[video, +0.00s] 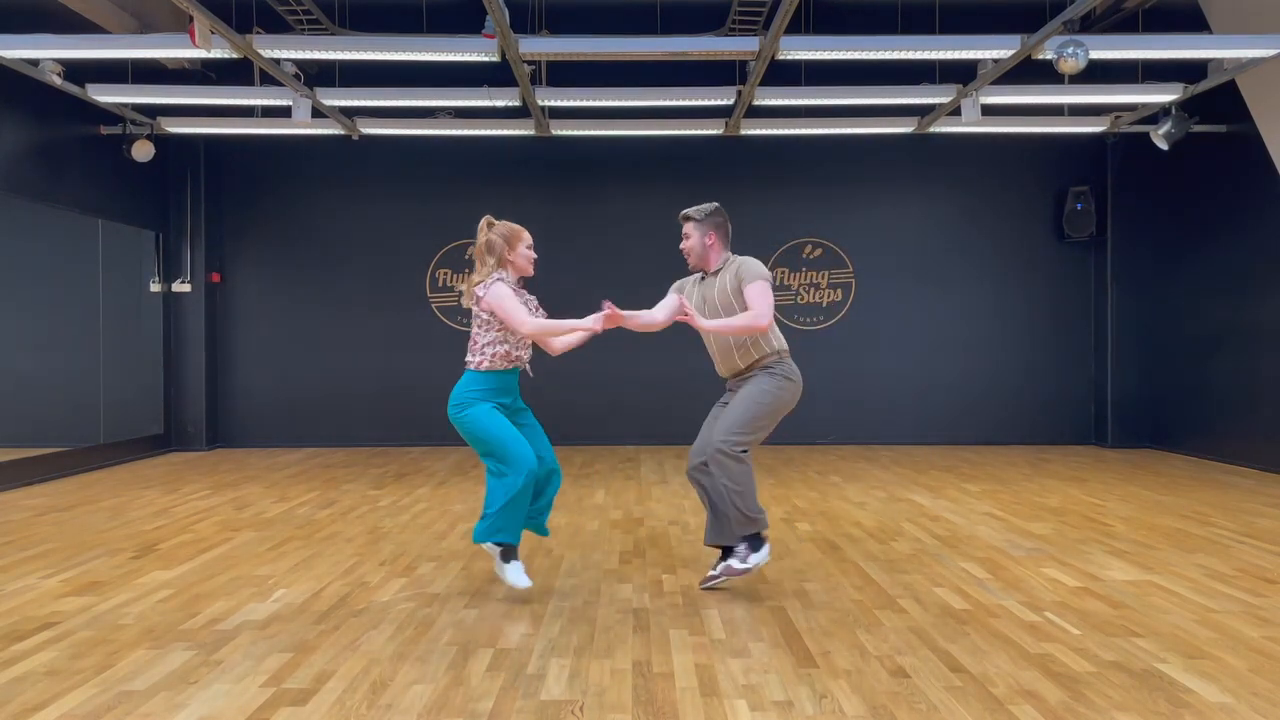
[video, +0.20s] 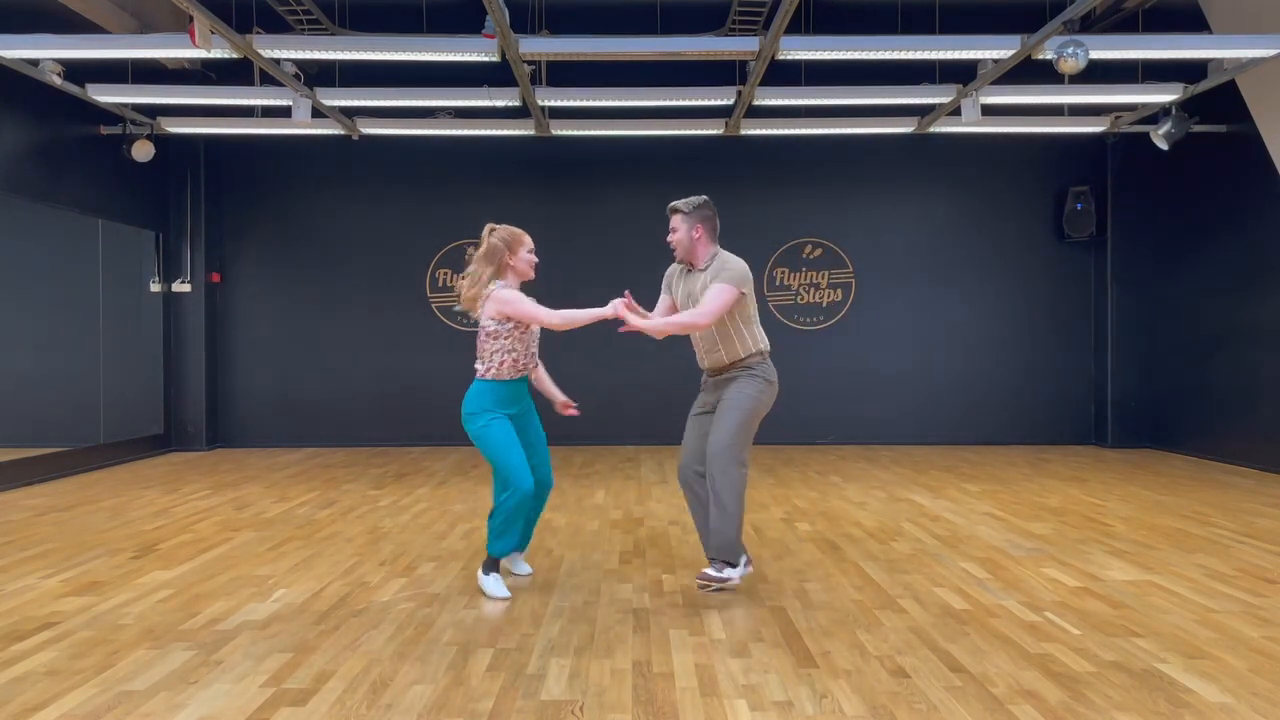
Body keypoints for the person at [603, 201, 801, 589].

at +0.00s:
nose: (681, 245)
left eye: (687, 237)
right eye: (681, 237)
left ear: (711, 238)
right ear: (705, 240)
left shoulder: (747, 268)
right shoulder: (685, 287)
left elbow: (761, 319)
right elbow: (656, 318)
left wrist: (706, 325)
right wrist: (621, 317)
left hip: (773, 374)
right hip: (736, 384)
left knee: (723, 445)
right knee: (699, 464)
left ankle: (752, 540)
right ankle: (733, 549)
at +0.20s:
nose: (669, 238)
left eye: (675, 231)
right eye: (669, 231)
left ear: (700, 231)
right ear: (694, 233)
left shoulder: (732, 269)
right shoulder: (675, 274)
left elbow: (703, 318)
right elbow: (658, 325)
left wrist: (651, 325)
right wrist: (633, 312)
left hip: (750, 375)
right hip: (713, 381)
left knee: (723, 454)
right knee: (691, 467)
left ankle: (727, 562)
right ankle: (731, 556)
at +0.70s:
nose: (634, 219)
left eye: (644, 214)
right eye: (630, 211)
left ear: (660, 224)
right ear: (622, 214)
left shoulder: (651, 252)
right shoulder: (627, 256)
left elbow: (582, 238)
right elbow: (642, 295)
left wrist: (528, 203)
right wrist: (612, 295)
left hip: (681, 367)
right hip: (639, 377)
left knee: (727, 445)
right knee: (636, 465)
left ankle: (785, 519)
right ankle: (660, 545)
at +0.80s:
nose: (622, 213)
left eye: (631, 208)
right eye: (617, 207)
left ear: (649, 215)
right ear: (612, 210)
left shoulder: (643, 245)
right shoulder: (617, 250)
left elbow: (577, 231)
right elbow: (627, 292)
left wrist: (531, 201)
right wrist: (593, 293)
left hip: (663, 364)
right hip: (623, 371)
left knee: (692, 445)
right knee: (620, 457)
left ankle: (730, 520)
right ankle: (653, 538)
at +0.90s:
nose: (604, 223)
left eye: (613, 216)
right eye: (599, 217)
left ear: (632, 218)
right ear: (596, 216)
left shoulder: (636, 246)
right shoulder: (608, 255)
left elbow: (590, 242)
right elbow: (619, 314)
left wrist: (561, 204)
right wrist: (580, 323)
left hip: (649, 367)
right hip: (608, 367)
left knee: (649, 456)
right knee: (585, 448)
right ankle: (619, 525)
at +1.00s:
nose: (590, 246)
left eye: (596, 239)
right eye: (584, 241)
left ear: (615, 238)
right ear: (581, 248)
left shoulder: (630, 274)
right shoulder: (602, 283)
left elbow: (620, 265)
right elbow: (610, 344)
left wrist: (601, 211)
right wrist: (576, 353)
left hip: (630, 390)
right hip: (590, 384)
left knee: (620, 471)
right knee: (560, 459)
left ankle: (619, 535)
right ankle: (573, 535)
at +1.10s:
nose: (583, 247)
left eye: (589, 239)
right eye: (579, 241)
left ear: (609, 241)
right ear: (576, 243)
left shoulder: (620, 274)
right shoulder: (589, 286)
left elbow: (643, 282)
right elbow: (580, 350)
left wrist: (619, 229)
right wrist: (537, 334)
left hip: (616, 395)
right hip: (575, 390)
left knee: (613, 474)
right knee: (542, 465)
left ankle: (621, 537)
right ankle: (546, 547)